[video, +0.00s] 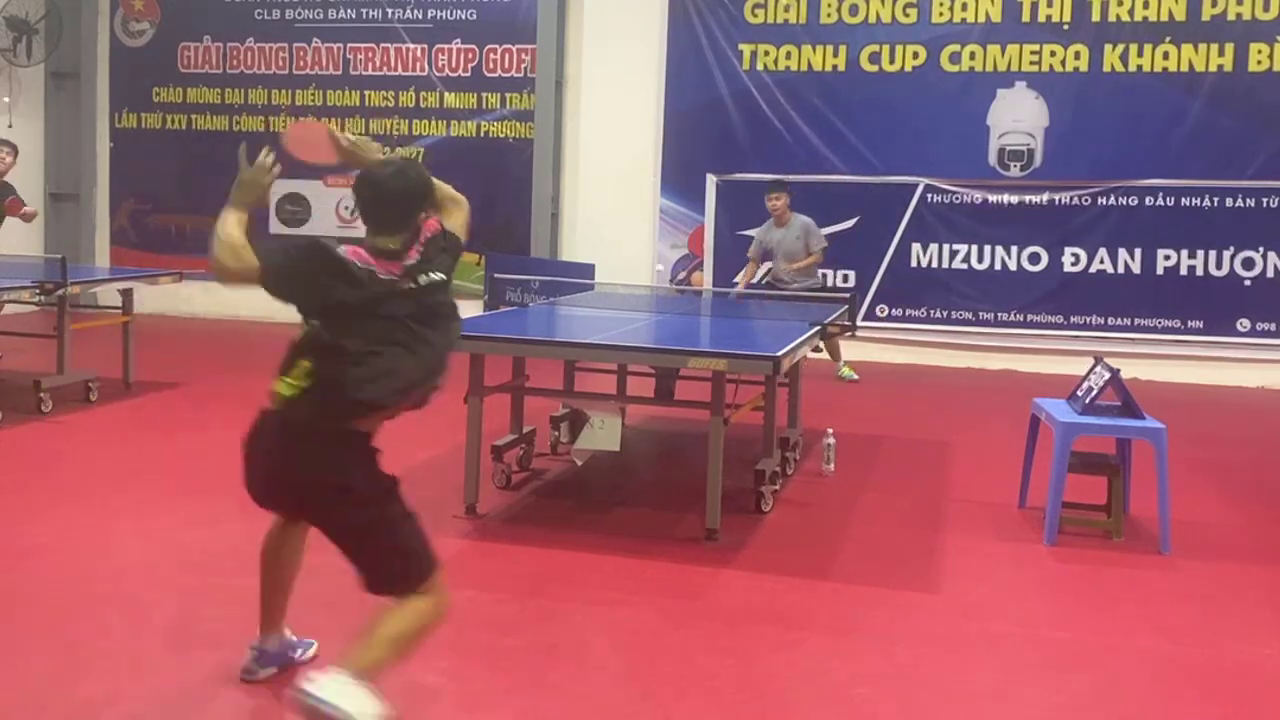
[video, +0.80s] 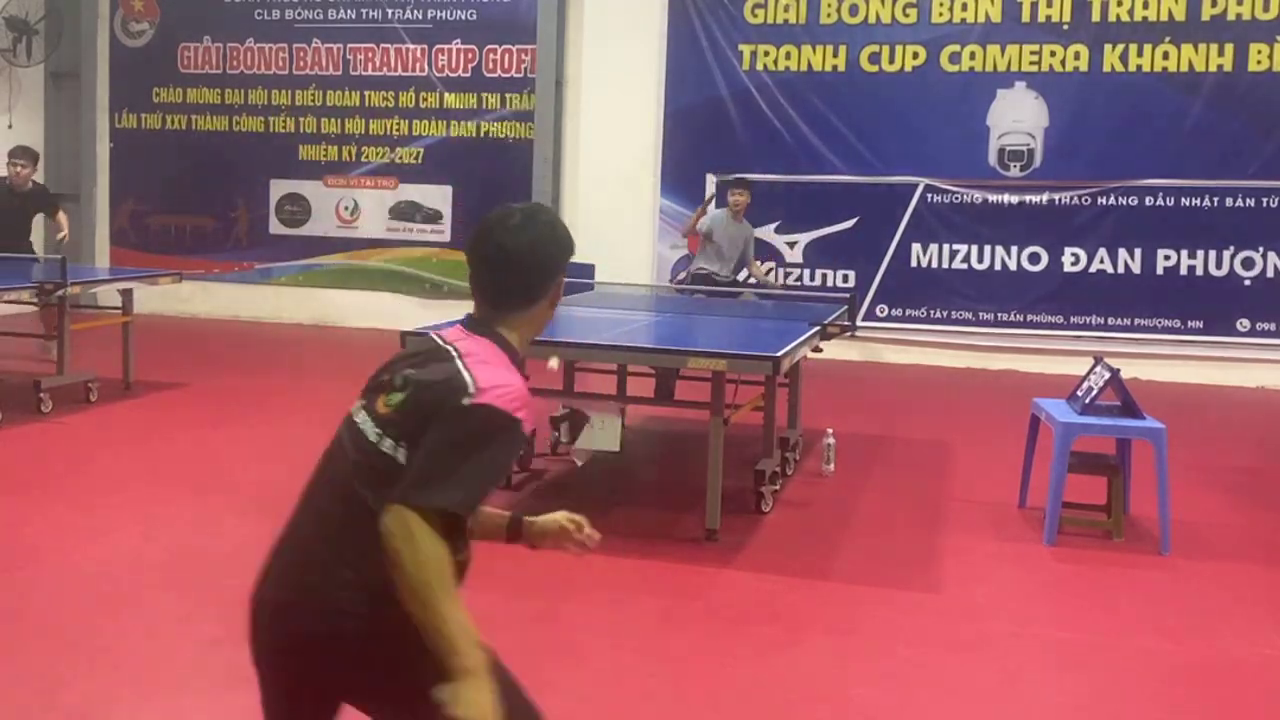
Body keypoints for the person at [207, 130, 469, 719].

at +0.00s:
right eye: (425, 202)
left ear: (360, 215)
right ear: (421, 219)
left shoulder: (324, 265)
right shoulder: (432, 267)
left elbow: (229, 259)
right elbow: (455, 205)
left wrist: (240, 201)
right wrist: (388, 163)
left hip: (272, 443)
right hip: (339, 459)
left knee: (294, 516)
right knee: (427, 597)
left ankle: (269, 642)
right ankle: (343, 680)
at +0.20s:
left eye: (422, 237)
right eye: (484, 236)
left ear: (422, 245)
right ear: (484, 243)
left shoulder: (413, 305)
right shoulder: (517, 308)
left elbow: (416, 401)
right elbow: (565, 353)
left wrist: (330, 423)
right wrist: (546, 298)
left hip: (419, 500)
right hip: (505, 503)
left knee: (338, 570)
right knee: (575, 600)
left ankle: (278, 651)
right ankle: (624, 715)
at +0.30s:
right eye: (515, 201)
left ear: (447, 207)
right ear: (512, 208)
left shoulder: (429, 266)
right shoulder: (556, 289)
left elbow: (414, 342)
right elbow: (608, 358)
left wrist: (335, 371)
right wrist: (599, 299)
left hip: (433, 475)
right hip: (528, 485)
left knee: (340, 545)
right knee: (575, 586)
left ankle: (304, 692)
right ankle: (630, 715)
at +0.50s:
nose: (541, 162)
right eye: (540, 153)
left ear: (463, 159)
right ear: (535, 163)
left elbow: (327, 303)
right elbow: (617, 384)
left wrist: (333, 369)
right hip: (504, 463)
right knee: (573, 632)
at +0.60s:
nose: (561, 204)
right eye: (561, 194)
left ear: (479, 200)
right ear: (552, 205)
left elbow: (334, 391)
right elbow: (605, 465)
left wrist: (379, 431)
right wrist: (628, 474)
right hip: (482, 534)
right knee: (563, 709)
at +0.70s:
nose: (575, 280)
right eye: (575, 267)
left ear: (488, 270)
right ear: (569, 279)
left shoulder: (437, 346)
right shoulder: (554, 385)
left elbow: (369, 446)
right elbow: (534, 533)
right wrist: (619, 616)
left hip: (343, 588)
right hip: (445, 607)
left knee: (309, 714)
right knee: (569, 715)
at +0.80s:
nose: (564, 289)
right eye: (565, 277)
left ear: (476, 277)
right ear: (555, 291)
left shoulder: (430, 347)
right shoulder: (498, 392)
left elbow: (415, 494)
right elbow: (407, 520)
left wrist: (522, 529)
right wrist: (469, 671)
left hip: (286, 607)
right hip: (370, 624)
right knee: (512, 714)